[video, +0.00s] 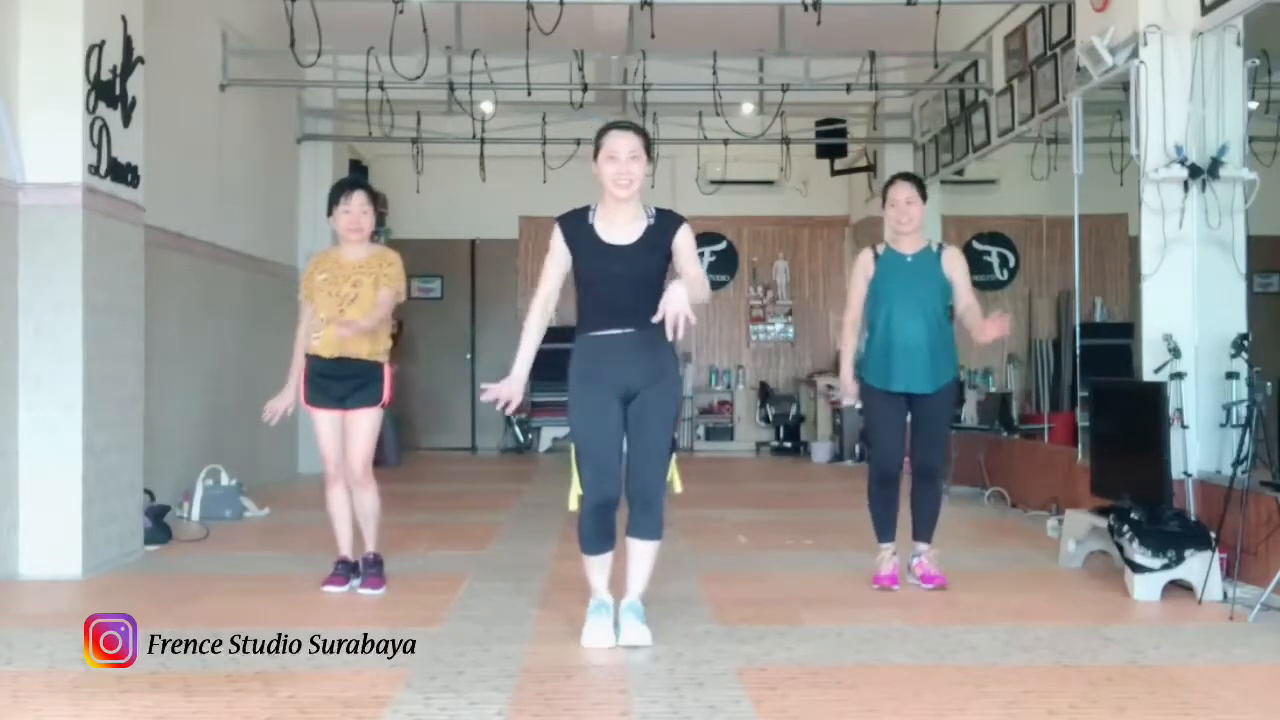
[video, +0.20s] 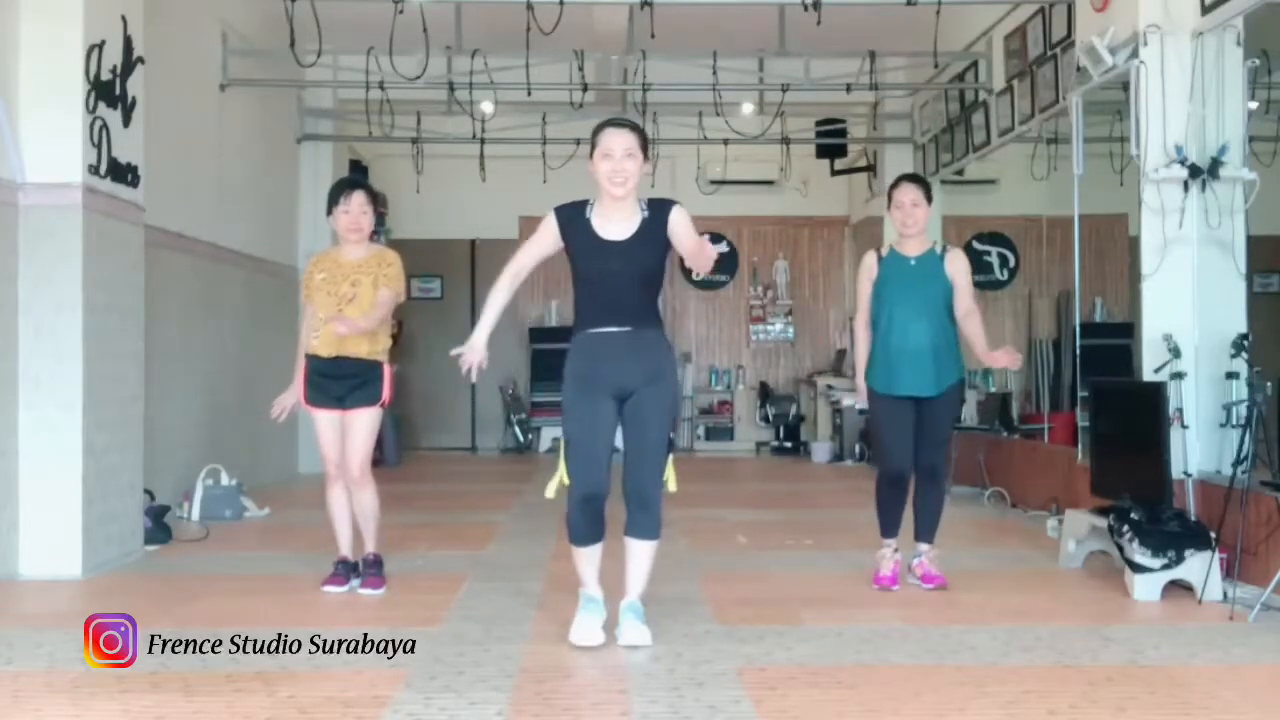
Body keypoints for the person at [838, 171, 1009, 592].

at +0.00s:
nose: (902, 211)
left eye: (910, 203)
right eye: (894, 204)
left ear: (924, 208)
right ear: (884, 212)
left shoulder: (948, 257)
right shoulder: (870, 260)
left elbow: (968, 308)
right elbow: (852, 320)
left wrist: (982, 329)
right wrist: (846, 372)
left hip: (936, 381)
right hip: (882, 381)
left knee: (930, 466)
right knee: (884, 465)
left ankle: (923, 553)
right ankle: (887, 552)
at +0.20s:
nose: (907, 213)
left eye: (915, 205)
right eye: (899, 206)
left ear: (930, 210)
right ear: (890, 212)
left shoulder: (952, 260)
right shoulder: (874, 261)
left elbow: (967, 312)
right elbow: (862, 322)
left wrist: (985, 354)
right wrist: (861, 377)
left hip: (941, 384)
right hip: (888, 384)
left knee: (932, 468)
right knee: (894, 467)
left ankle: (923, 555)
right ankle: (888, 551)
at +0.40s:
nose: (909, 212)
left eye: (917, 203)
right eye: (901, 205)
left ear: (932, 208)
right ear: (891, 212)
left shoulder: (955, 258)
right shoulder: (877, 260)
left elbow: (971, 318)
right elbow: (860, 321)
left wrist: (990, 373)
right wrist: (851, 375)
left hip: (943, 383)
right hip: (890, 383)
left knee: (933, 467)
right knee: (896, 466)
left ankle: (923, 554)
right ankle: (889, 551)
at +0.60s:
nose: (908, 215)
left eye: (916, 206)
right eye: (900, 207)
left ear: (932, 211)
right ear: (891, 213)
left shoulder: (954, 263)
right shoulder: (875, 261)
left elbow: (973, 324)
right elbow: (857, 321)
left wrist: (991, 375)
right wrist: (851, 375)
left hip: (944, 387)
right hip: (890, 386)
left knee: (934, 469)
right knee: (896, 467)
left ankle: (923, 556)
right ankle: (888, 553)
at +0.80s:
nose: (905, 211)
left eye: (914, 202)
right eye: (898, 203)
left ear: (930, 207)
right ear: (889, 209)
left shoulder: (952, 258)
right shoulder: (876, 256)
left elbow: (968, 319)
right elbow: (859, 318)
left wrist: (985, 372)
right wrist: (864, 371)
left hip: (942, 382)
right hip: (890, 381)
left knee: (932, 467)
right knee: (889, 466)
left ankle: (922, 554)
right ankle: (886, 553)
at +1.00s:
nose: (903, 212)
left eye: (912, 203)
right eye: (896, 204)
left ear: (929, 208)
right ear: (888, 210)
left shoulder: (951, 260)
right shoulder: (874, 256)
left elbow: (967, 319)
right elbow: (860, 316)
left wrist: (983, 369)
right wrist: (876, 362)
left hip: (939, 383)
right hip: (888, 381)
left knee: (931, 468)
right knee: (887, 466)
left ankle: (922, 554)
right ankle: (887, 553)